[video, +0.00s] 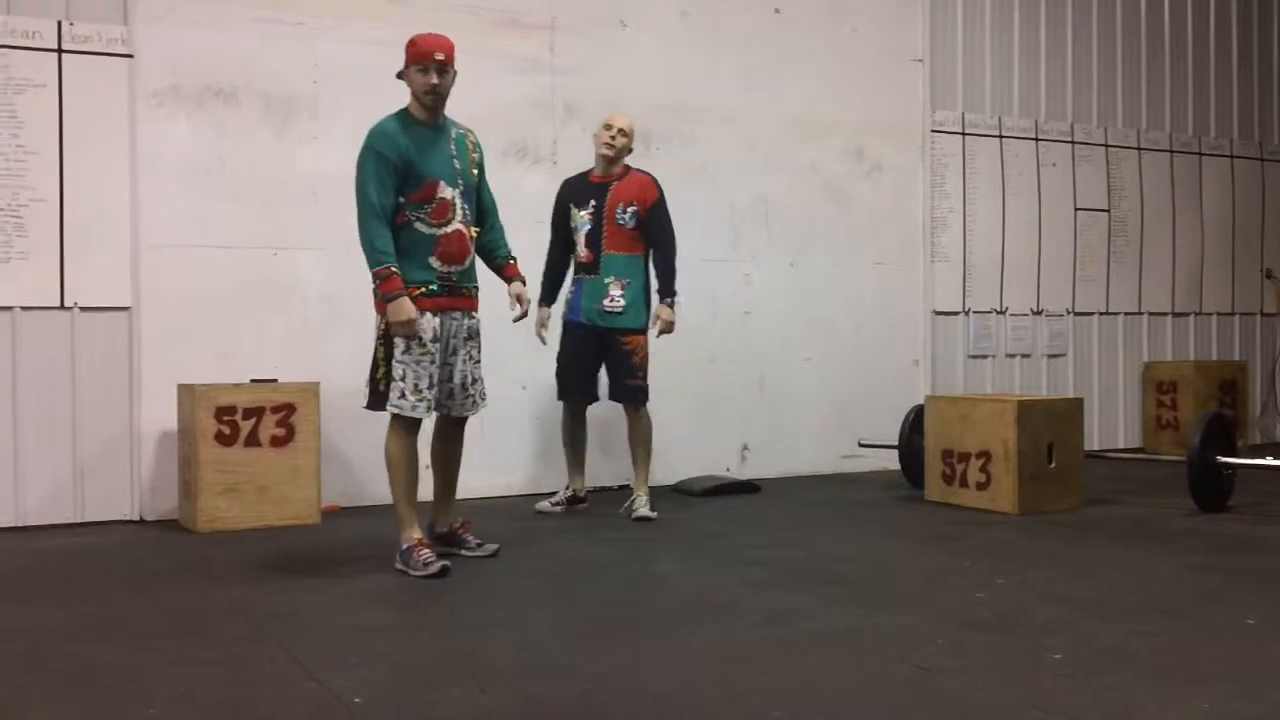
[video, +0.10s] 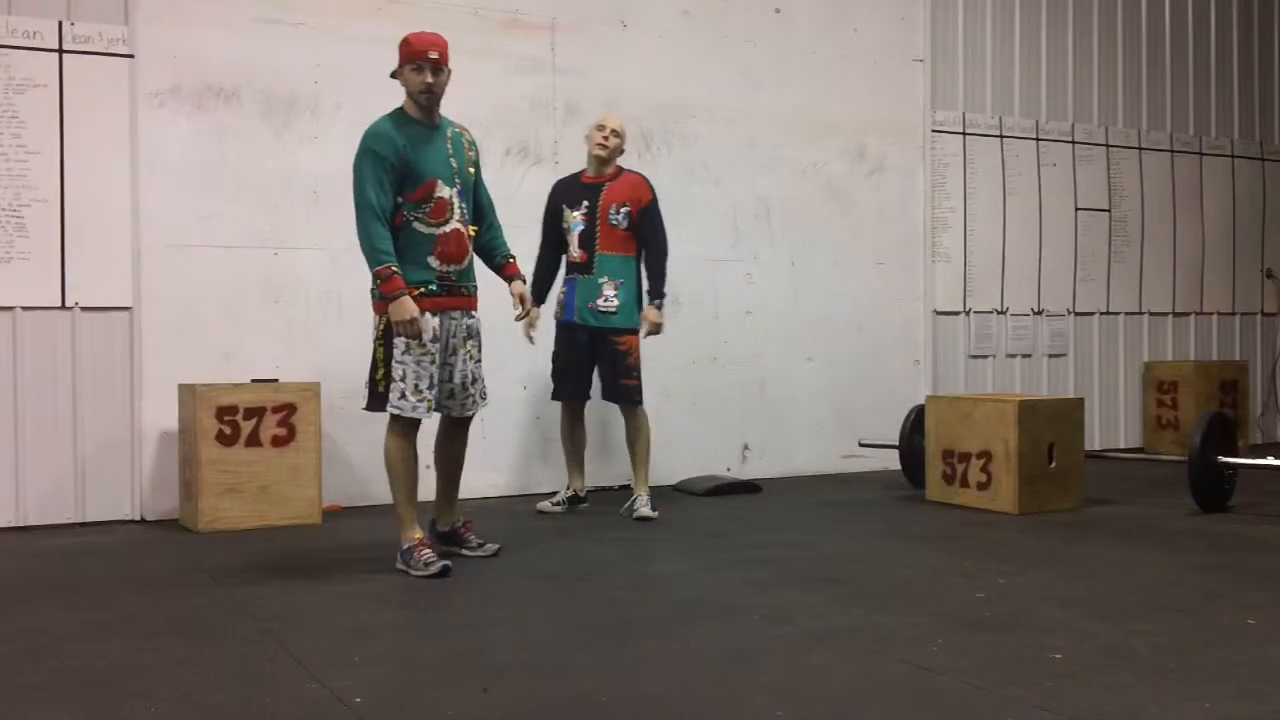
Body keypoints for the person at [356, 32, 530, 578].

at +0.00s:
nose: (435, 77)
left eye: (443, 69)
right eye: (424, 68)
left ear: (454, 75)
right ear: (406, 75)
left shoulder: (466, 142)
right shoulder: (386, 139)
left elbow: (485, 218)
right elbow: (373, 222)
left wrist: (512, 274)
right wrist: (392, 294)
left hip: (461, 302)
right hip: (412, 302)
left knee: (454, 413)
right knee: (406, 416)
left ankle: (443, 524)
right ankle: (410, 537)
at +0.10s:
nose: (430, 76)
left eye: (437, 68)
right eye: (419, 68)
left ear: (448, 75)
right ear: (401, 75)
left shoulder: (461, 141)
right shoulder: (382, 140)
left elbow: (481, 219)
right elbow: (371, 223)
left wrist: (514, 277)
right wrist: (394, 293)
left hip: (460, 302)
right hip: (410, 302)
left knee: (458, 413)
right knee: (405, 417)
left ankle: (446, 524)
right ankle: (411, 538)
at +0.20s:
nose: (423, 76)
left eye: (431, 67)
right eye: (412, 68)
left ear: (442, 74)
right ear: (395, 76)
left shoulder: (458, 140)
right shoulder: (378, 140)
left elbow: (478, 218)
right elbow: (369, 222)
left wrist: (511, 277)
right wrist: (394, 294)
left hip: (459, 301)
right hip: (409, 302)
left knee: (467, 409)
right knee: (404, 417)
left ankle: (448, 520)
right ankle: (411, 539)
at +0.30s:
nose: (419, 76)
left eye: (427, 67)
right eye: (408, 68)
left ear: (438, 74)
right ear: (390, 76)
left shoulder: (454, 138)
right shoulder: (374, 139)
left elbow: (473, 216)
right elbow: (366, 222)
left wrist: (505, 277)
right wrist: (392, 293)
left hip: (458, 301)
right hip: (407, 303)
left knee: (477, 403)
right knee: (402, 418)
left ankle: (450, 517)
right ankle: (411, 538)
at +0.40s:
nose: (416, 76)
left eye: (423, 66)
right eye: (404, 68)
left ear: (435, 73)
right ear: (386, 76)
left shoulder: (452, 137)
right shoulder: (372, 139)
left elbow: (472, 215)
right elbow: (364, 223)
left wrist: (501, 278)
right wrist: (389, 293)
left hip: (459, 298)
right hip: (405, 301)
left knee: (479, 402)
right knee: (402, 417)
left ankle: (448, 515)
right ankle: (410, 538)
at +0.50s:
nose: (413, 76)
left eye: (421, 67)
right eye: (401, 68)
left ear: (433, 73)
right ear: (384, 77)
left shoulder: (453, 137)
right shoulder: (370, 140)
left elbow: (473, 214)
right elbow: (363, 222)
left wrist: (500, 277)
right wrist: (385, 294)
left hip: (460, 300)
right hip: (406, 302)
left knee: (475, 405)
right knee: (402, 417)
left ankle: (443, 522)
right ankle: (411, 539)